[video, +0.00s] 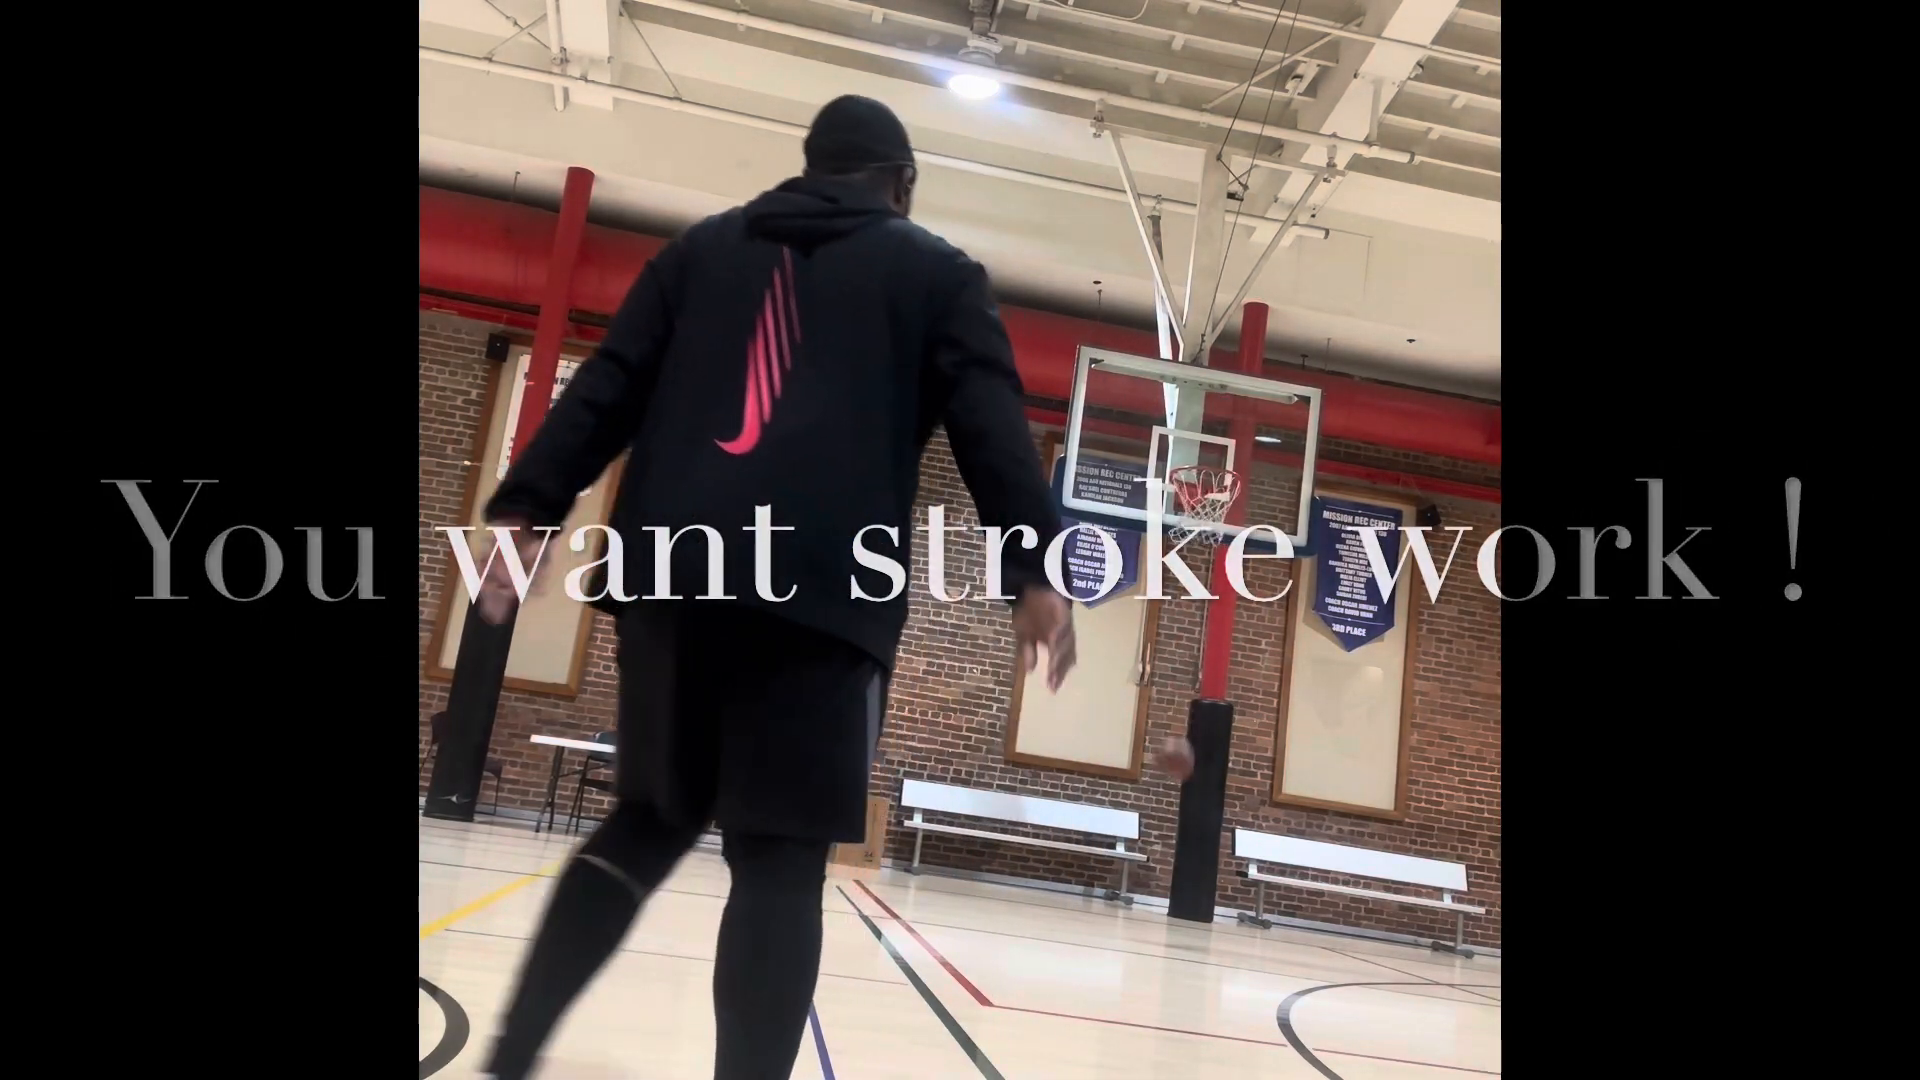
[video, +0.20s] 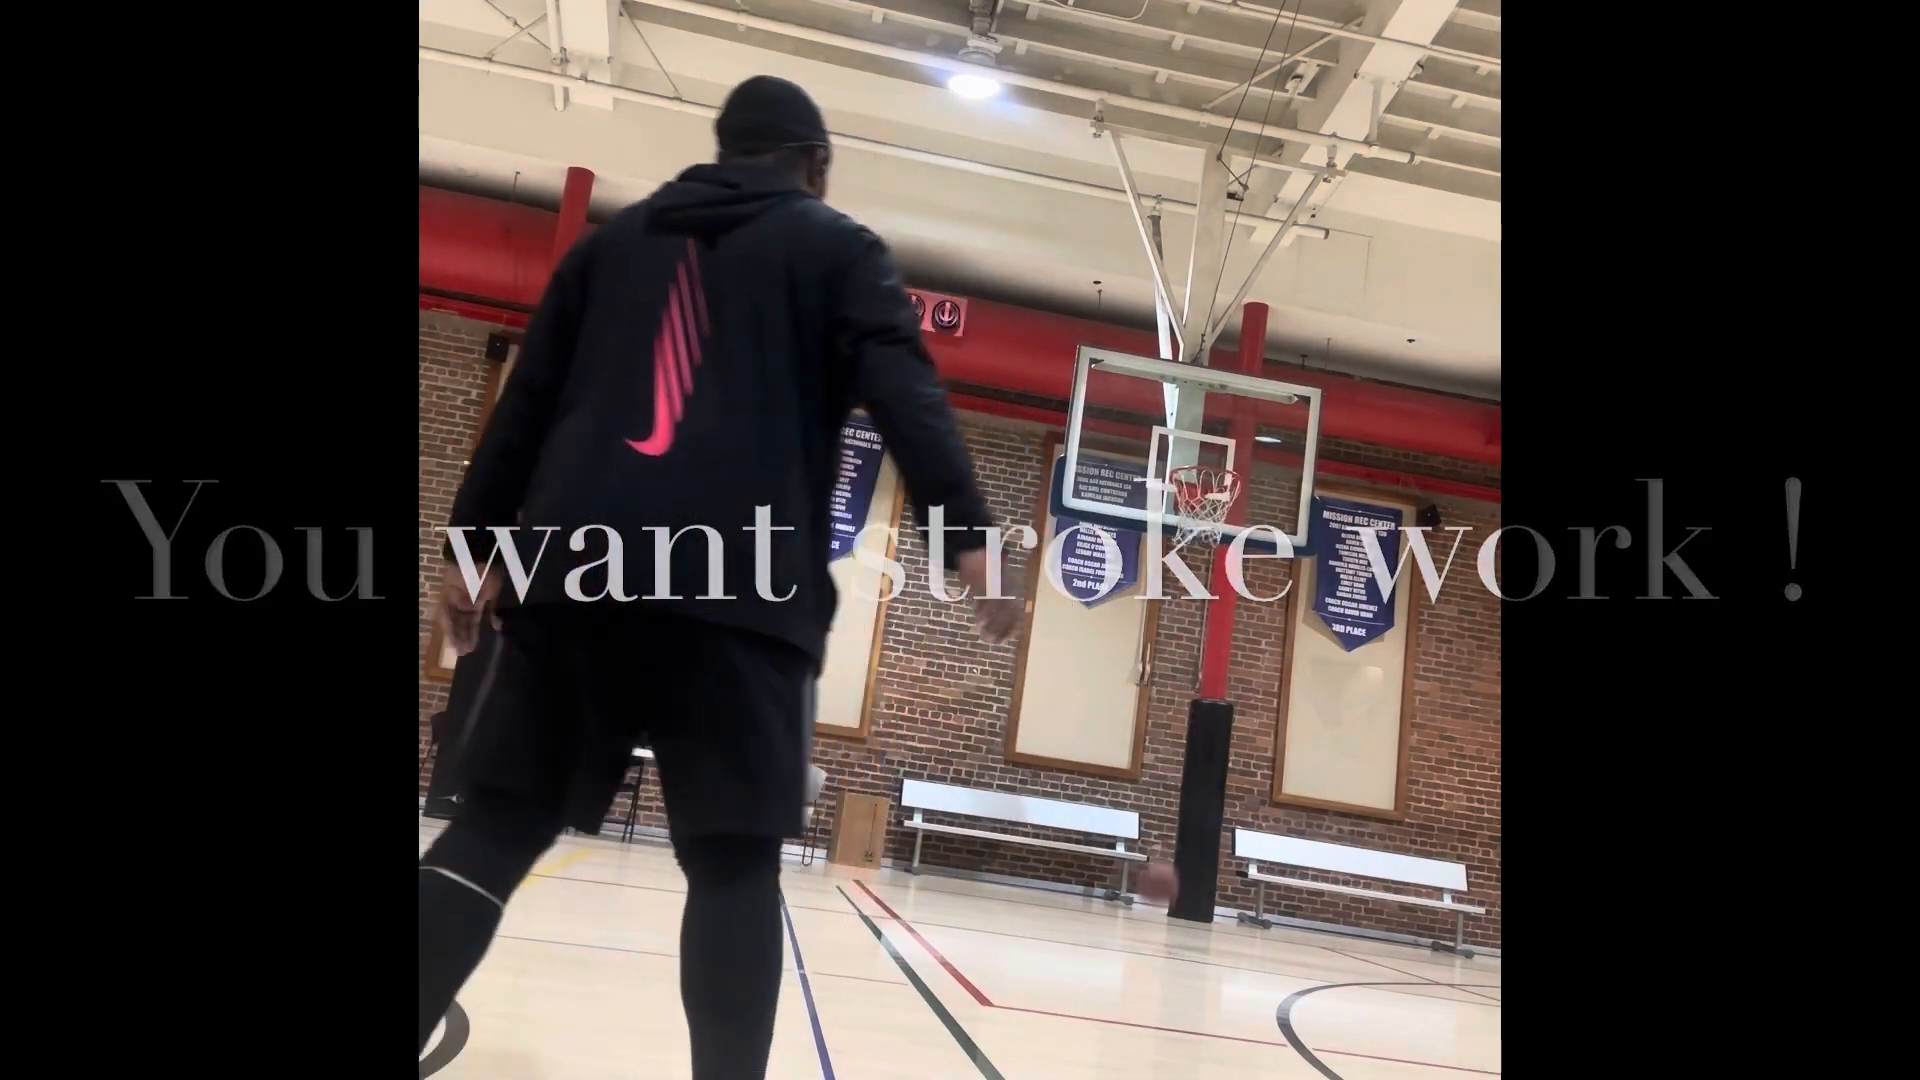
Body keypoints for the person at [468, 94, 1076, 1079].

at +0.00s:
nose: (912, 196)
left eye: (910, 185)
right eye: (913, 183)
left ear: (809, 168)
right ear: (899, 177)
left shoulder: (701, 248)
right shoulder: (931, 272)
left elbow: (611, 382)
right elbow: (989, 421)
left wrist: (528, 501)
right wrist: (1034, 568)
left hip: (664, 589)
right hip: (819, 606)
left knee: (648, 817)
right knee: (779, 861)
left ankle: (509, 1055)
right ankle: (750, 1074)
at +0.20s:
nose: (830, 183)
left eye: (825, 173)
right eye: (830, 170)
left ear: (722, 150)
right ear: (813, 161)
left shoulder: (610, 241)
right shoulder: (839, 250)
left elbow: (528, 398)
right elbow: (908, 396)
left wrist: (473, 535)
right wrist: (969, 525)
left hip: (573, 586)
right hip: (738, 603)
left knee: (491, 831)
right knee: (734, 867)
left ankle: (417, 1029)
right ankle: (731, 1068)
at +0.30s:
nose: (780, 173)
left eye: (777, 160)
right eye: (781, 158)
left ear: (672, 137)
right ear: (764, 150)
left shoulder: (557, 233)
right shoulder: (790, 245)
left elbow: (492, 405)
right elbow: (845, 421)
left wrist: (470, 565)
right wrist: (898, 581)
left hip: (529, 574)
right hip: (695, 592)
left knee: (457, 816)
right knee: (714, 847)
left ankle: (411, 1023)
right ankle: (714, 1070)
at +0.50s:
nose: (720, 164)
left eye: (717, 152)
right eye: (721, 150)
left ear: (609, 126)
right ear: (701, 142)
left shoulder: (501, 213)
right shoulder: (729, 236)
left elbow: (455, 374)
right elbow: (779, 418)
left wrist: (473, 505)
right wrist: (748, 571)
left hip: (470, 555)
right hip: (644, 571)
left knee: (442, 802)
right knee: (659, 800)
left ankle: (407, 1035)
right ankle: (597, 1055)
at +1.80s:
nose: (722, 314)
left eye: (719, 302)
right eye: (723, 302)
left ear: (642, 286)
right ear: (708, 296)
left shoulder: (563, 366)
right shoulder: (716, 373)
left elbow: (517, 494)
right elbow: (751, 505)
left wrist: (523, 594)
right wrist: (781, 628)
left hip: (542, 624)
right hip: (656, 633)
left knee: (519, 798)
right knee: (689, 789)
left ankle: (469, 1013)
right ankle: (601, 985)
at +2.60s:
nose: (825, 383)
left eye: (825, 372)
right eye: (825, 370)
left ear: (748, 355)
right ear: (804, 361)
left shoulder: (687, 418)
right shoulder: (800, 422)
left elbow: (660, 540)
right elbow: (830, 546)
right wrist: (876, 650)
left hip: (659, 652)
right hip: (751, 662)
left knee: (681, 813)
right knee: (781, 815)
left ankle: (626, 999)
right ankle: (672, 988)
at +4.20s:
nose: (861, 320)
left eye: (864, 310)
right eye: (863, 308)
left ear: (774, 268)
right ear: (846, 288)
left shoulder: (666, 333)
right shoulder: (831, 319)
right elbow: (867, 474)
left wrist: (788, 618)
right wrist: (904, 618)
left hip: (566, 575)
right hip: (692, 588)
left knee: (531, 827)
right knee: (689, 866)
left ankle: (473, 1048)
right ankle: (618, 1070)